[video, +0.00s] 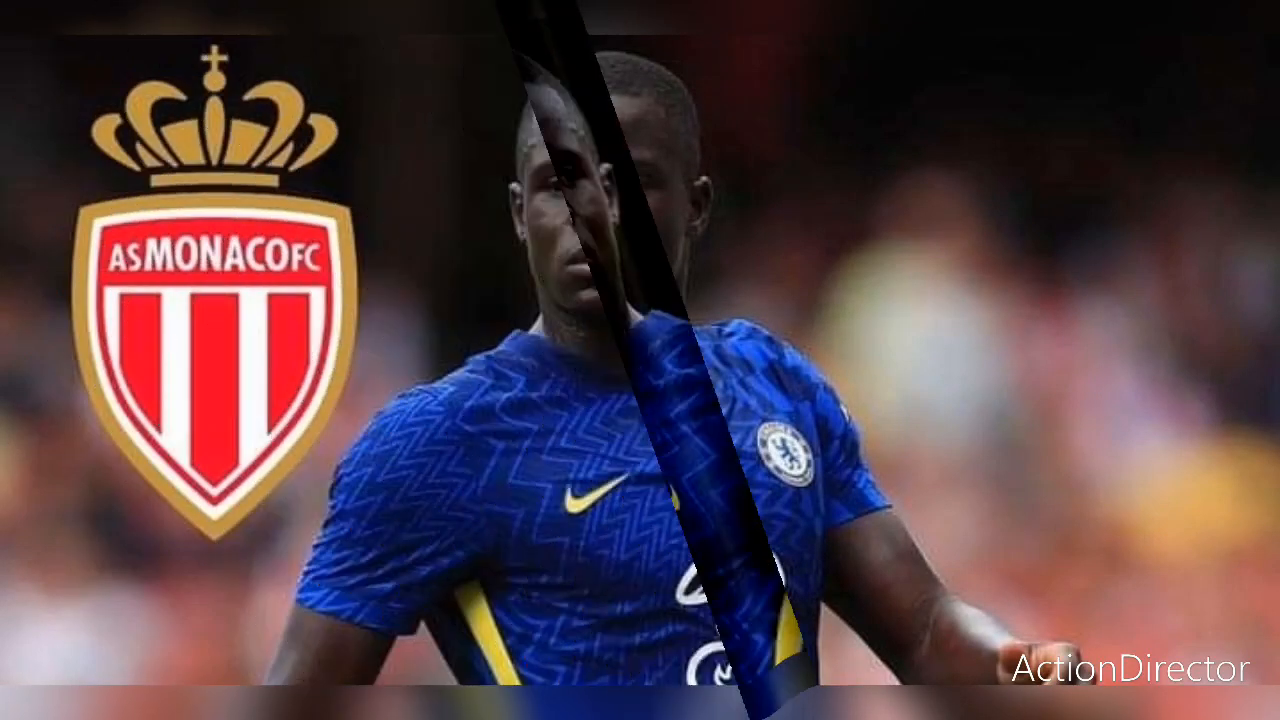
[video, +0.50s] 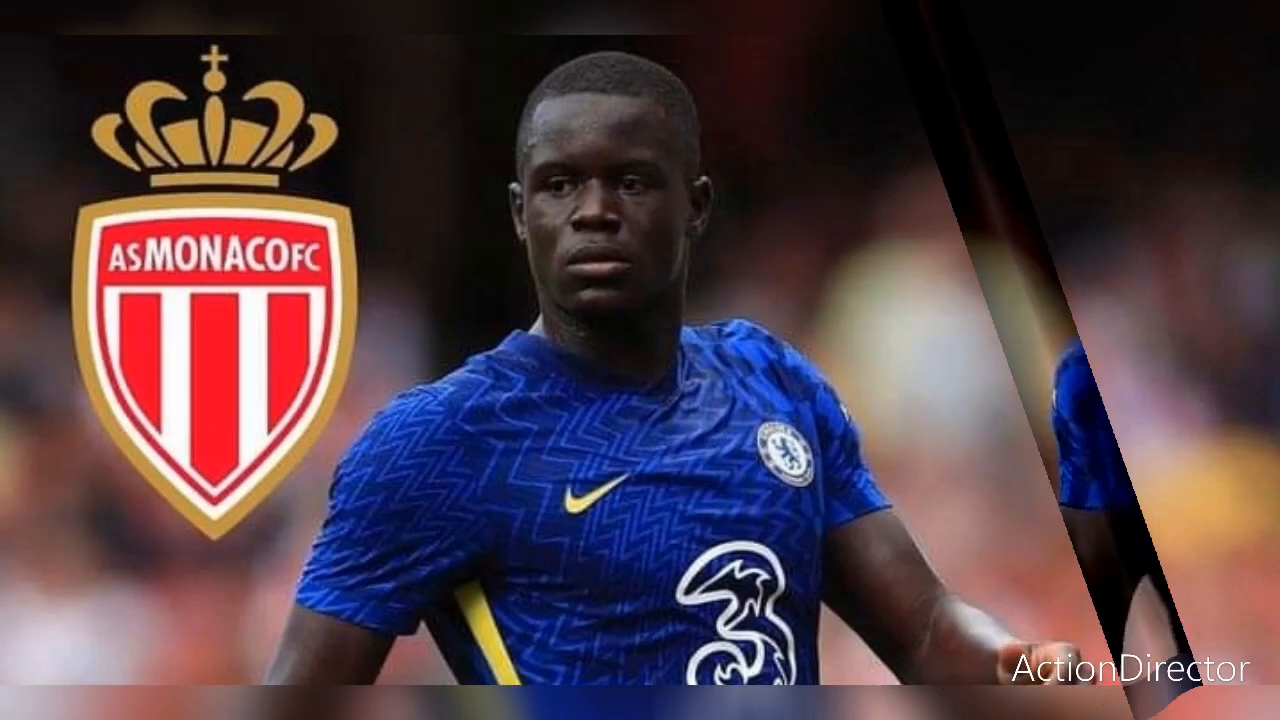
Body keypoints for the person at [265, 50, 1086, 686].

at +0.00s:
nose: (593, 215)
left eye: (629, 181)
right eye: (559, 180)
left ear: (696, 208)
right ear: (519, 210)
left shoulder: (769, 384)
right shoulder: (432, 444)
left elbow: (921, 625)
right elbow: (302, 690)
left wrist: (1013, 670)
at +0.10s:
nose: (598, 209)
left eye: (635, 176)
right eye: (561, 182)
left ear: (687, 201)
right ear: (522, 220)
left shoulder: (784, 397)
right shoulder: (435, 445)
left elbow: (923, 624)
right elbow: (303, 691)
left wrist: (1020, 670)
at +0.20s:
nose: (596, 209)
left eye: (634, 178)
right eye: (560, 181)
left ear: (697, 206)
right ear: (523, 217)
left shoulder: (767, 380)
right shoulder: (435, 443)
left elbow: (890, 601)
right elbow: (302, 689)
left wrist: (1000, 663)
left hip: (783, 707)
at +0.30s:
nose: (596, 208)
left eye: (634, 179)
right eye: (561, 182)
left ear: (697, 210)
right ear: (523, 216)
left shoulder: (766, 381)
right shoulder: (431, 446)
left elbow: (927, 639)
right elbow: (301, 691)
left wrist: (1018, 682)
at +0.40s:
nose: (595, 213)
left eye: (632, 181)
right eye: (559, 184)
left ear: (696, 208)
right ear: (519, 216)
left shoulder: (775, 392)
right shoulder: (432, 444)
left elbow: (922, 626)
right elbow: (294, 698)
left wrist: (1019, 673)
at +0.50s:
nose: (595, 209)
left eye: (633, 178)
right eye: (560, 181)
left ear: (697, 209)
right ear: (522, 216)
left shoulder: (771, 385)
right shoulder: (432, 444)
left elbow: (921, 625)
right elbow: (301, 690)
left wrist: (1023, 673)